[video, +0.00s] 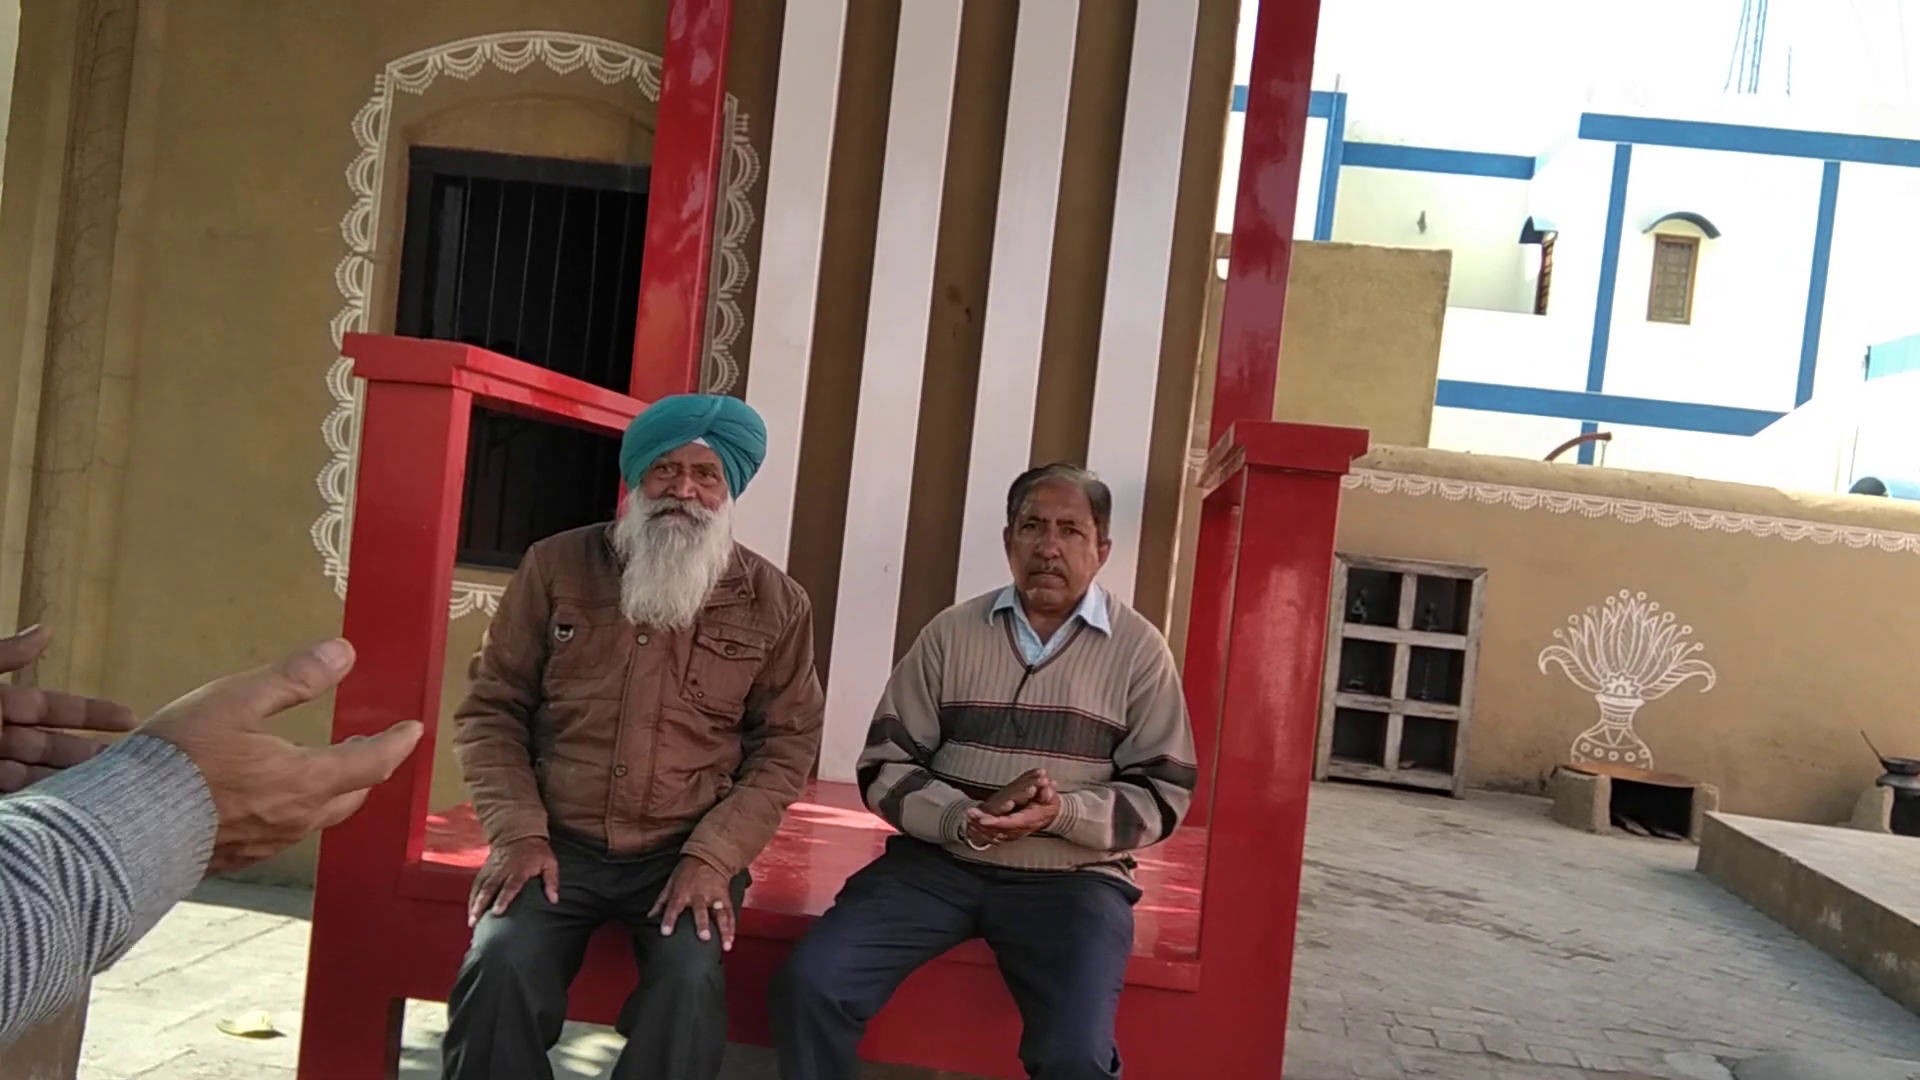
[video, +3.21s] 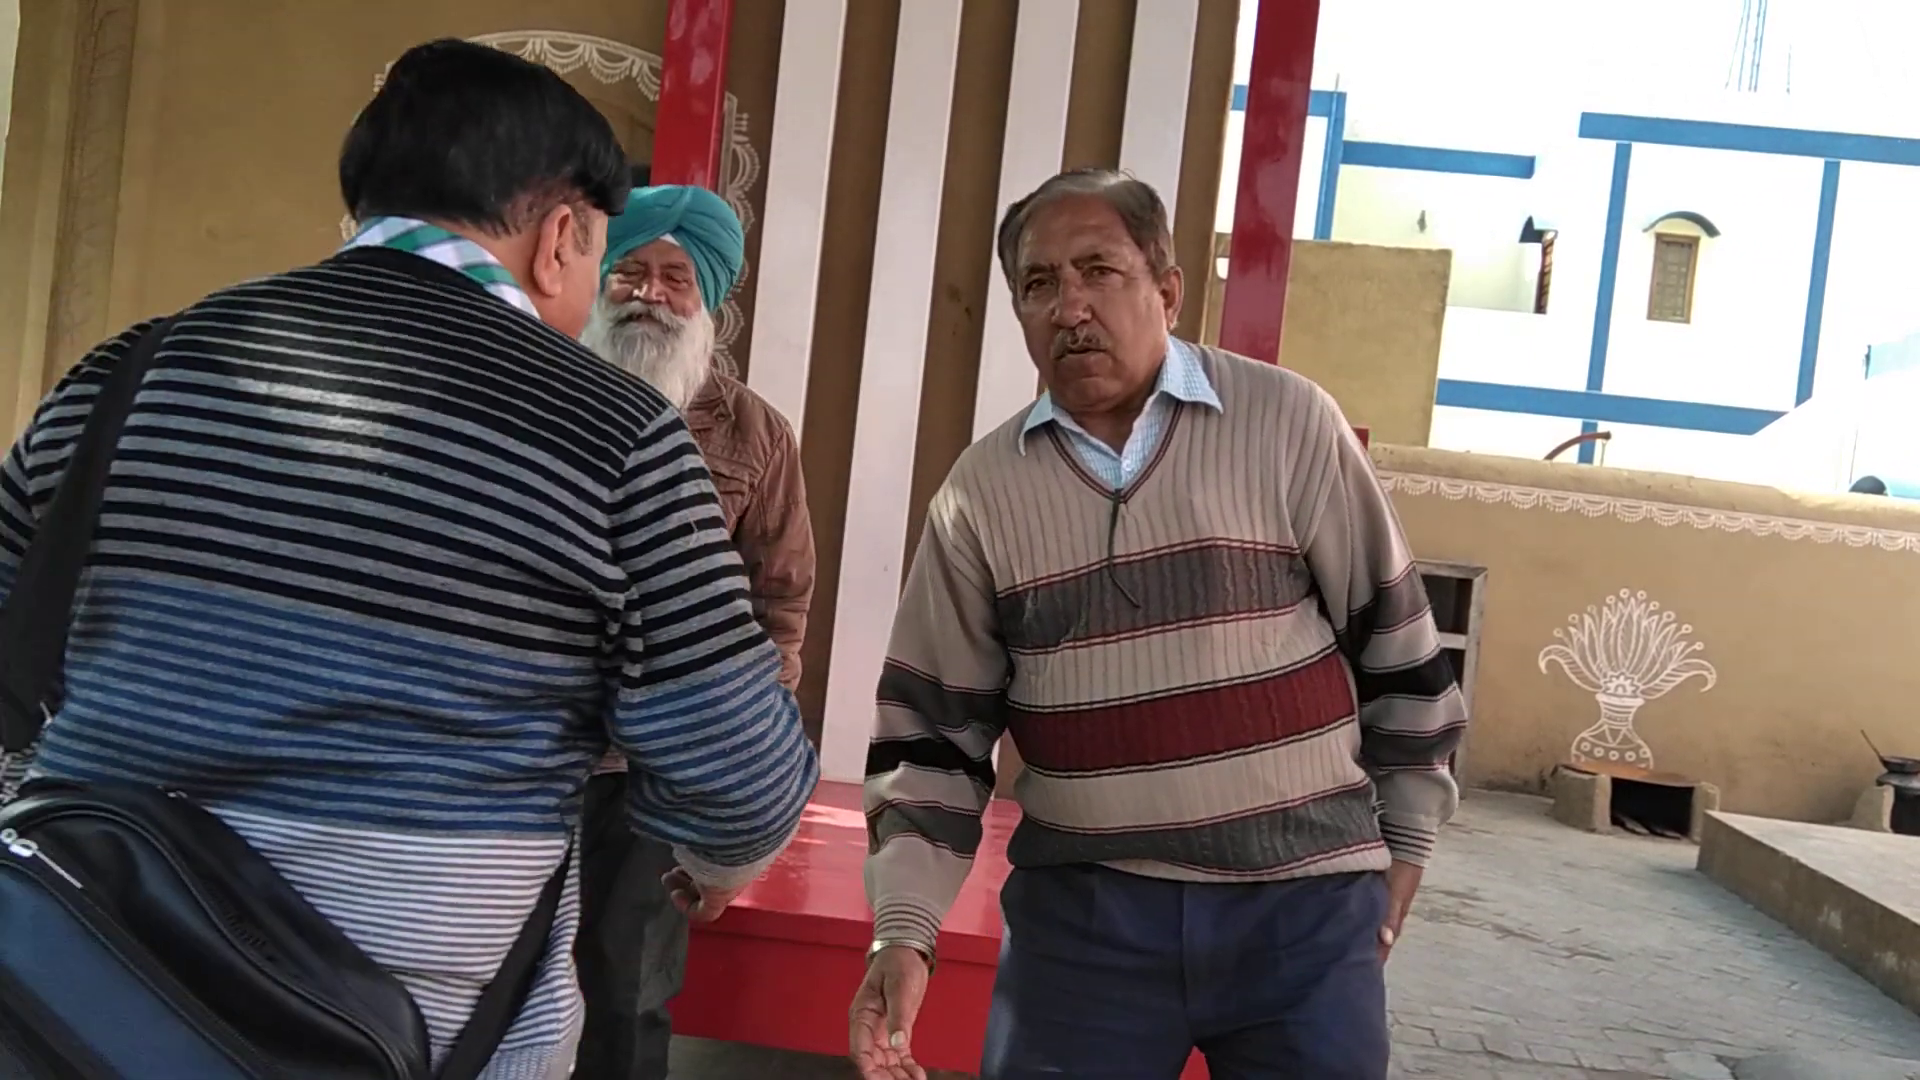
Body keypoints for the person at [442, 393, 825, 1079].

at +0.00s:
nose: (684, 488)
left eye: (706, 474)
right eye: (666, 469)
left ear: (731, 494)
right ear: (634, 483)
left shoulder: (774, 603)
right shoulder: (556, 567)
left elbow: (788, 748)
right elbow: (490, 708)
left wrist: (714, 855)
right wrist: (517, 829)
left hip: (685, 862)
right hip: (555, 851)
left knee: (690, 977)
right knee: (500, 965)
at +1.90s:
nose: (654, 497)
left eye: (677, 480)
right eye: (637, 477)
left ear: (710, 493)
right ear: (611, 484)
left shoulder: (766, 596)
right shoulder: (540, 568)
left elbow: (783, 739)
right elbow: (481, 708)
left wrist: (718, 854)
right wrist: (511, 830)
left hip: (683, 863)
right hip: (553, 852)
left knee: (684, 981)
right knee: (491, 974)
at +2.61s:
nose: (594, 382)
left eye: (621, 364)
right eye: (574, 359)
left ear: (660, 381)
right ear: (546, 370)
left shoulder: (721, 495)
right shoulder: (473, 464)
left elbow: (745, 673)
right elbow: (427, 638)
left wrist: (683, 826)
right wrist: (443, 802)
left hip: (641, 818)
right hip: (497, 808)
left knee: (623, 1026)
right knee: (453, 1015)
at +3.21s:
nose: (651, 291)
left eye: (678, 276)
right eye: (634, 268)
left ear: (712, 301)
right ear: (596, 278)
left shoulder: (753, 436)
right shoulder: (536, 400)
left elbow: (780, 627)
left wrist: (740, 810)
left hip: (657, 768)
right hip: (514, 755)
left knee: (629, 1005)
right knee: (504, 1004)